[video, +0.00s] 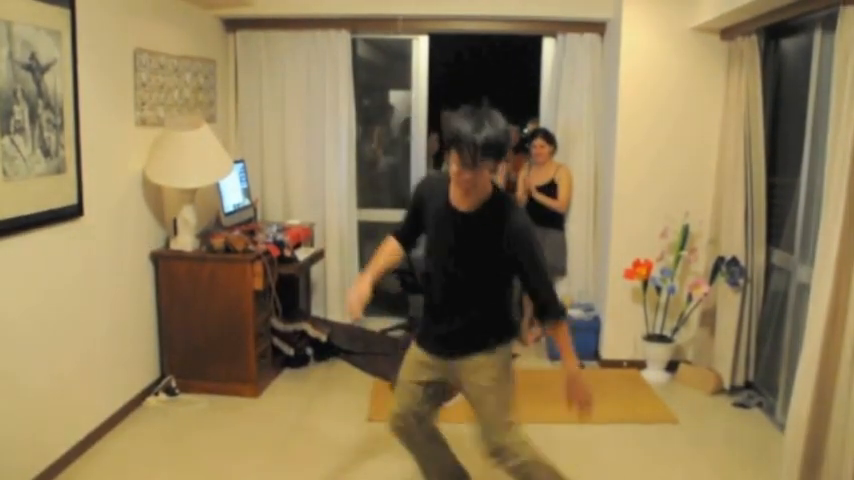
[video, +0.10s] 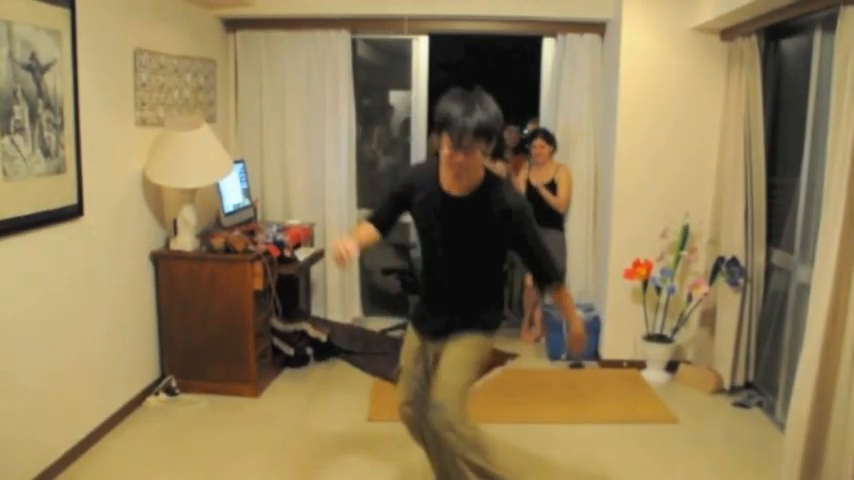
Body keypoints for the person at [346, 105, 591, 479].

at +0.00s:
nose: (463, 177)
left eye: (475, 169)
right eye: (457, 166)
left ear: (496, 168)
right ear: (448, 158)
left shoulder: (510, 220)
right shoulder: (432, 192)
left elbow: (547, 300)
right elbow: (403, 238)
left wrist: (573, 369)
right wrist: (367, 278)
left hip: (485, 350)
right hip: (431, 343)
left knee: (501, 444)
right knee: (406, 421)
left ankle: (552, 477)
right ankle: (452, 476)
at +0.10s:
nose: (459, 160)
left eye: (470, 152)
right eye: (453, 148)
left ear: (488, 150)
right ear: (440, 139)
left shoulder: (504, 201)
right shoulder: (418, 182)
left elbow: (543, 265)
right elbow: (380, 222)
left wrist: (574, 320)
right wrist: (353, 241)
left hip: (475, 324)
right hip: (427, 318)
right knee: (412, 410)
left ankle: (492, 474)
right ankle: (454, 474)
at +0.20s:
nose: (450, 137)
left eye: (460, 126)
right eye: (442, 125)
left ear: (476, 127)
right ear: (427, 124)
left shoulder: (499, 180)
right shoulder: (402, 171)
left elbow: (546, 231)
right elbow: (362, 233)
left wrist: (582, 266)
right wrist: (311, 264)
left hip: (465, 304)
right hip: (415, 299)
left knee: (428, 395)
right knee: (413, 391)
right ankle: (450, 466)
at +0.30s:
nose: (447, 139)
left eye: (457, 129)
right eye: (439, 128)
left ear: (472, 129)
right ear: (421, 127)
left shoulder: (492, 181)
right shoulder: (397, 176)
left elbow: (548, 225)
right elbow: (365, 248)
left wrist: (600, 244)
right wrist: (333, 308)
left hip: (453, 316)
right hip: (403, 306)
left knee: (414, 407)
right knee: (406, 392)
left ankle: (386, 476)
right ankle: (436, 450)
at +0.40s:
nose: (442, 140)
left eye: (452, 131)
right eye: (433, 130)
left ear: (467, 133)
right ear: (418, 131)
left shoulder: (487, 190)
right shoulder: (391, 180)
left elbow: (532, 243)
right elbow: (345, 244)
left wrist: (562, 208)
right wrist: (383, 280)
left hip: (446, 320)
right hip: (392, 317)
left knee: (406, 406)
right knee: (416, 396)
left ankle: (388, 474)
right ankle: (435, 455)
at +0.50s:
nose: (434, 134)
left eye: (444, 123)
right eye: (425, 123)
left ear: (463, 125)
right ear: (414, 123)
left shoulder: (479, 184)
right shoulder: (394, 173)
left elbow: (542, 217)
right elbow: (324, 220)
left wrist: (511, 160)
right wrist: (372, 196)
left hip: (438, 321)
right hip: (386, 314)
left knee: (408, 420)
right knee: (389, 408)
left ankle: (403, 475)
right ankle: (432, 430)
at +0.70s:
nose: (406, 107)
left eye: (416, 96)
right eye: (398, 97)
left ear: (436, 98)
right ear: (387, 100)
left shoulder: (460, 149)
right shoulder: (375, 149)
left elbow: (483, 190)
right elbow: (317, 195)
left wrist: (460, 217)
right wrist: (259, 211)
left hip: (441, 279)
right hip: (390, 260)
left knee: (420, 394)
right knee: (371, 303)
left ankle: (404, 474)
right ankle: (377, 410)